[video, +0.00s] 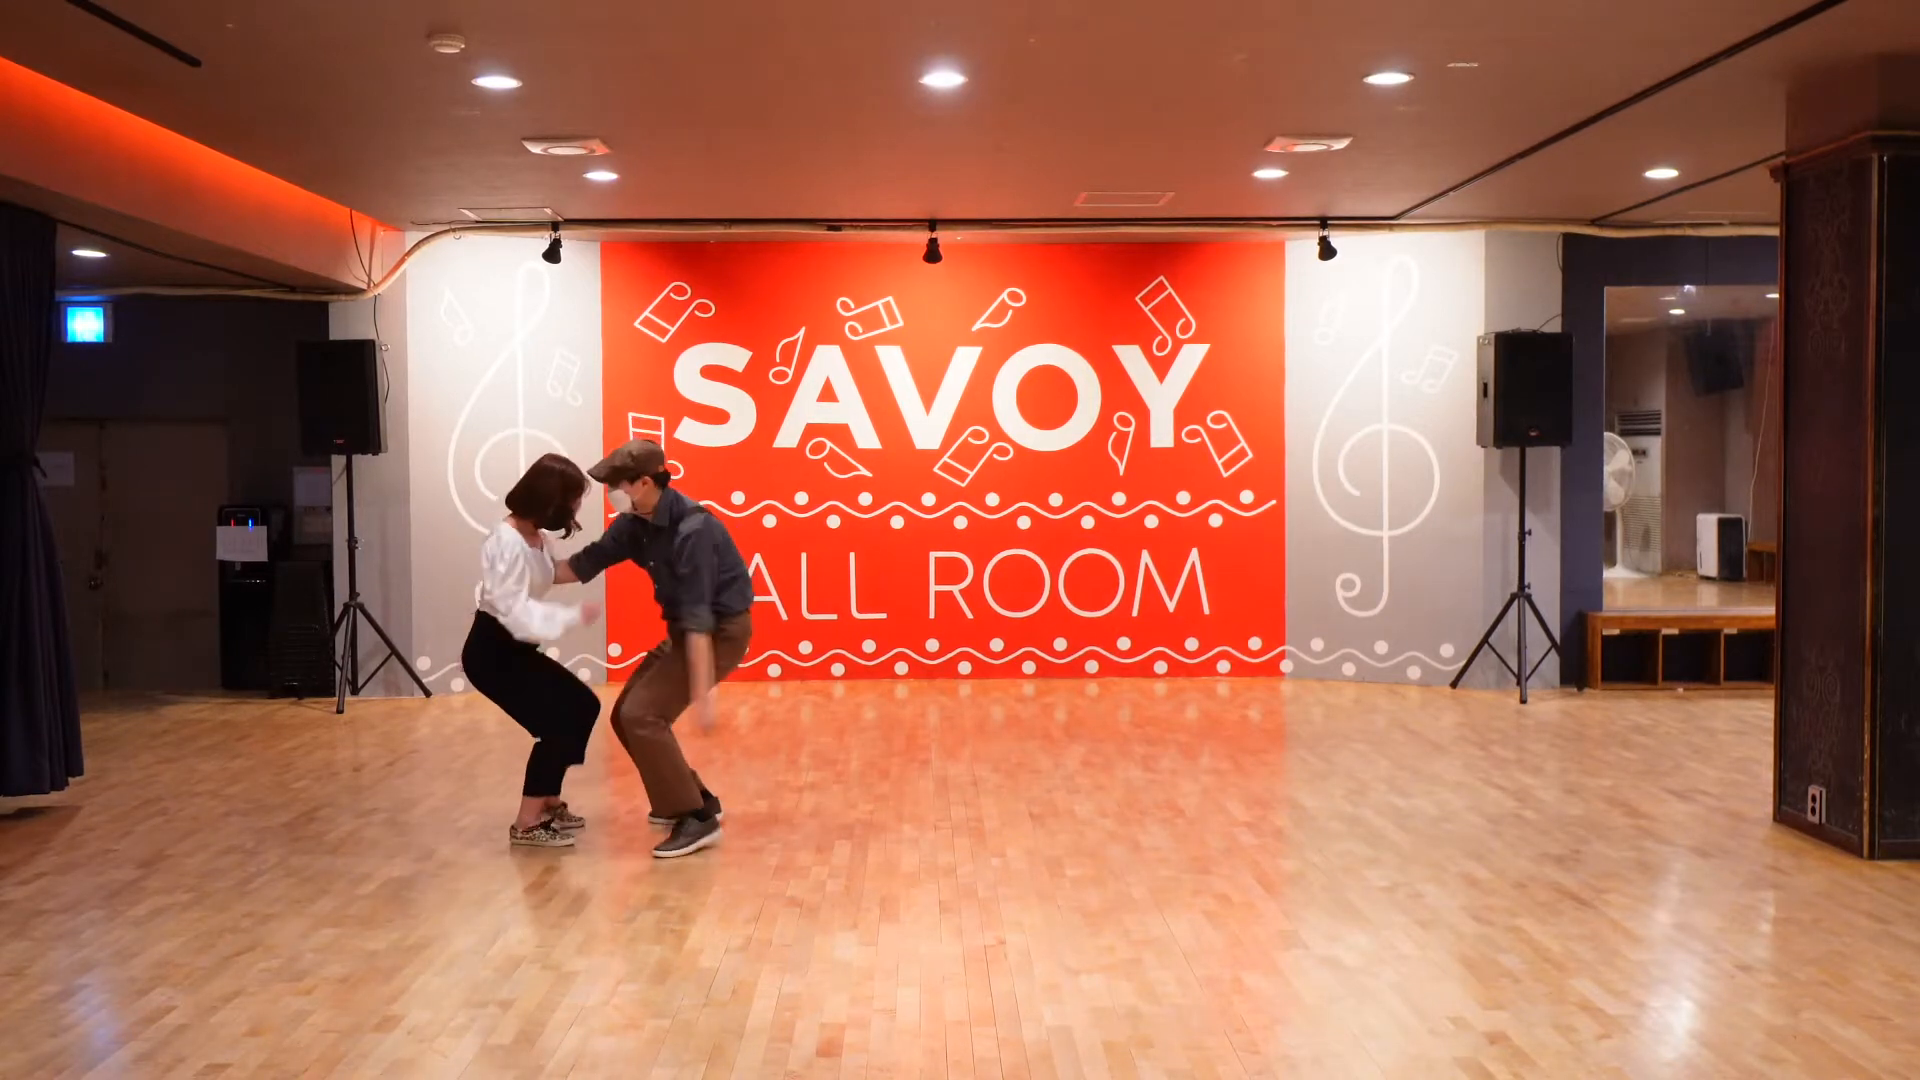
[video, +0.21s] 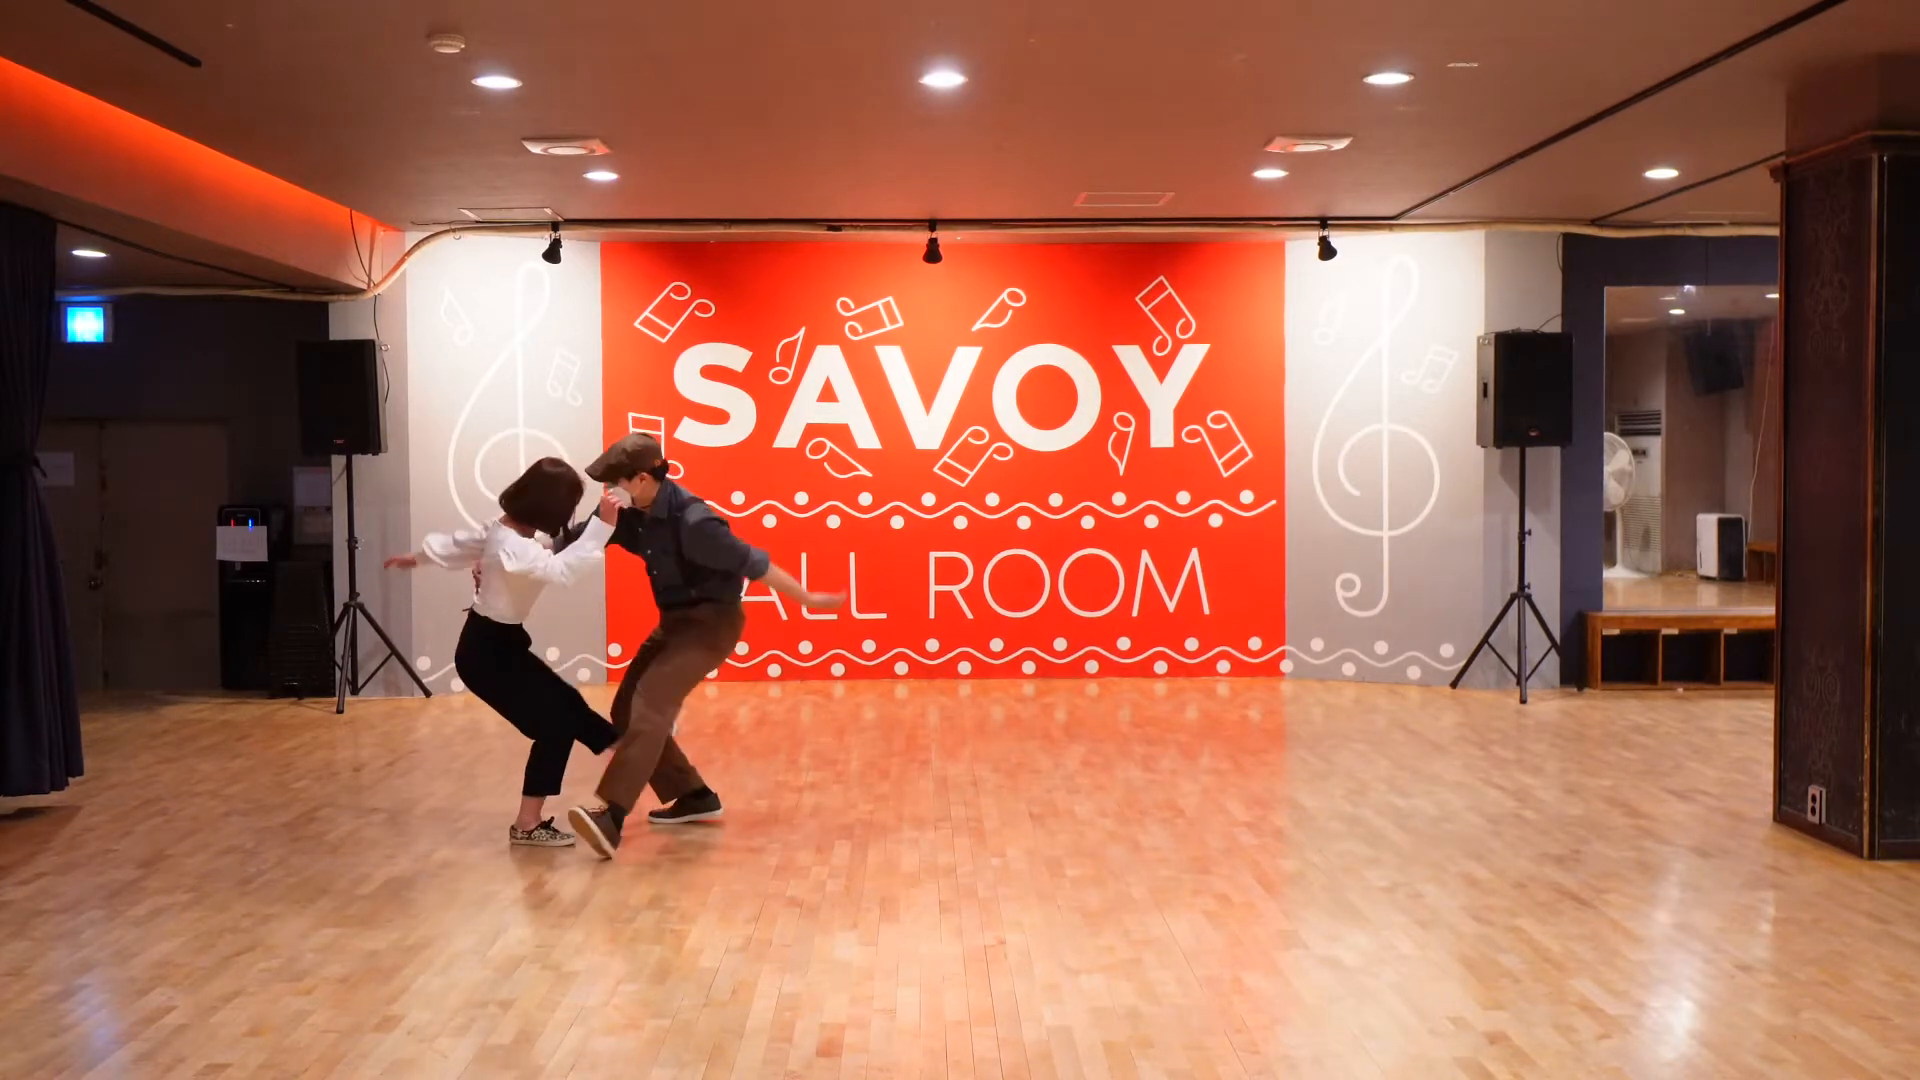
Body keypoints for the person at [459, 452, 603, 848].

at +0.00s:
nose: (579, 508)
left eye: (580, 500)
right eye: (576, 500)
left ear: (543, 499)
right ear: (555, 503)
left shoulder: (538, 541)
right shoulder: (507, 544)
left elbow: (561, 573)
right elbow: (513, 612)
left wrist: (609, 547)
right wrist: (574, 615)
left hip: (513, 647)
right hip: (490, 654)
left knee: (583, 704)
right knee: (559, 717)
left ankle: (547, 802)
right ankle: (527, 822)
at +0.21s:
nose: (566, 519)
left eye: (570, 510)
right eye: (566, 511)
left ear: (520, 490)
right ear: (555, 514)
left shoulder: (496, 531)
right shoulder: (516, 549)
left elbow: (459, 545)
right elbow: (562, 570)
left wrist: (417, 557)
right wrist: (602, 526)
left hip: (497, 646)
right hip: (488, 656)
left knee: (568, 703)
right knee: (555, 723)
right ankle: (527, 823)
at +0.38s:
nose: (565, 515)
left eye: (566, 506)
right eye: (563, 507)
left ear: (520, 492)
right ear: (548, 508)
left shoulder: (504, 531)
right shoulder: (511, 548)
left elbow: (460, 545)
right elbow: (555, 591)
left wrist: (423, 558)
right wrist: (613, 572)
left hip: (500, 642)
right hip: (479, 653)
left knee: (571, 685)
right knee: (546, 719)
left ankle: (592, 779)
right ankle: (526, 822)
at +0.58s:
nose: (562, 499)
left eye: (562, 492)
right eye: (557, 491)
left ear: (523, 491)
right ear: (537, 493)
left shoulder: (519, 538)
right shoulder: (501, 547)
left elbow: (523, 585)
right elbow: (495, 620)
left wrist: (554, 574)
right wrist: (481, 682)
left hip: (503, 648)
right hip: (489, 654)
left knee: (552, 721)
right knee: (557, 724)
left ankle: (524, 813)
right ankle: (528, 820)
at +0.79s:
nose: (548, 502)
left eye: (552, 496)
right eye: (543, 493)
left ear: (542, 496)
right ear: (520, 488)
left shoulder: (523, 542)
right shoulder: (478, 527)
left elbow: (562, 584)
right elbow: (417, 562)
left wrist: (616, 575)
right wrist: (355, 593)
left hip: (495, 647)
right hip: (472, 649)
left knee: (545, 715)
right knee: (560, 700)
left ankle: (520, 812)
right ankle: (604, 792)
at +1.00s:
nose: (540, 495)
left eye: (543, 487)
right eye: (535, 485)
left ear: (534, 489)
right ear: (512, 482)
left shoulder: (524, 535)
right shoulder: (472, 527)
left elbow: (572, 548)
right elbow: (408, 551)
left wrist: (617, 520)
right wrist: (345, 577)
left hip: (490, 643)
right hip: (465, 646)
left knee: (538, 714)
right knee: (556, 694)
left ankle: (519, 811)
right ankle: (598, 787)